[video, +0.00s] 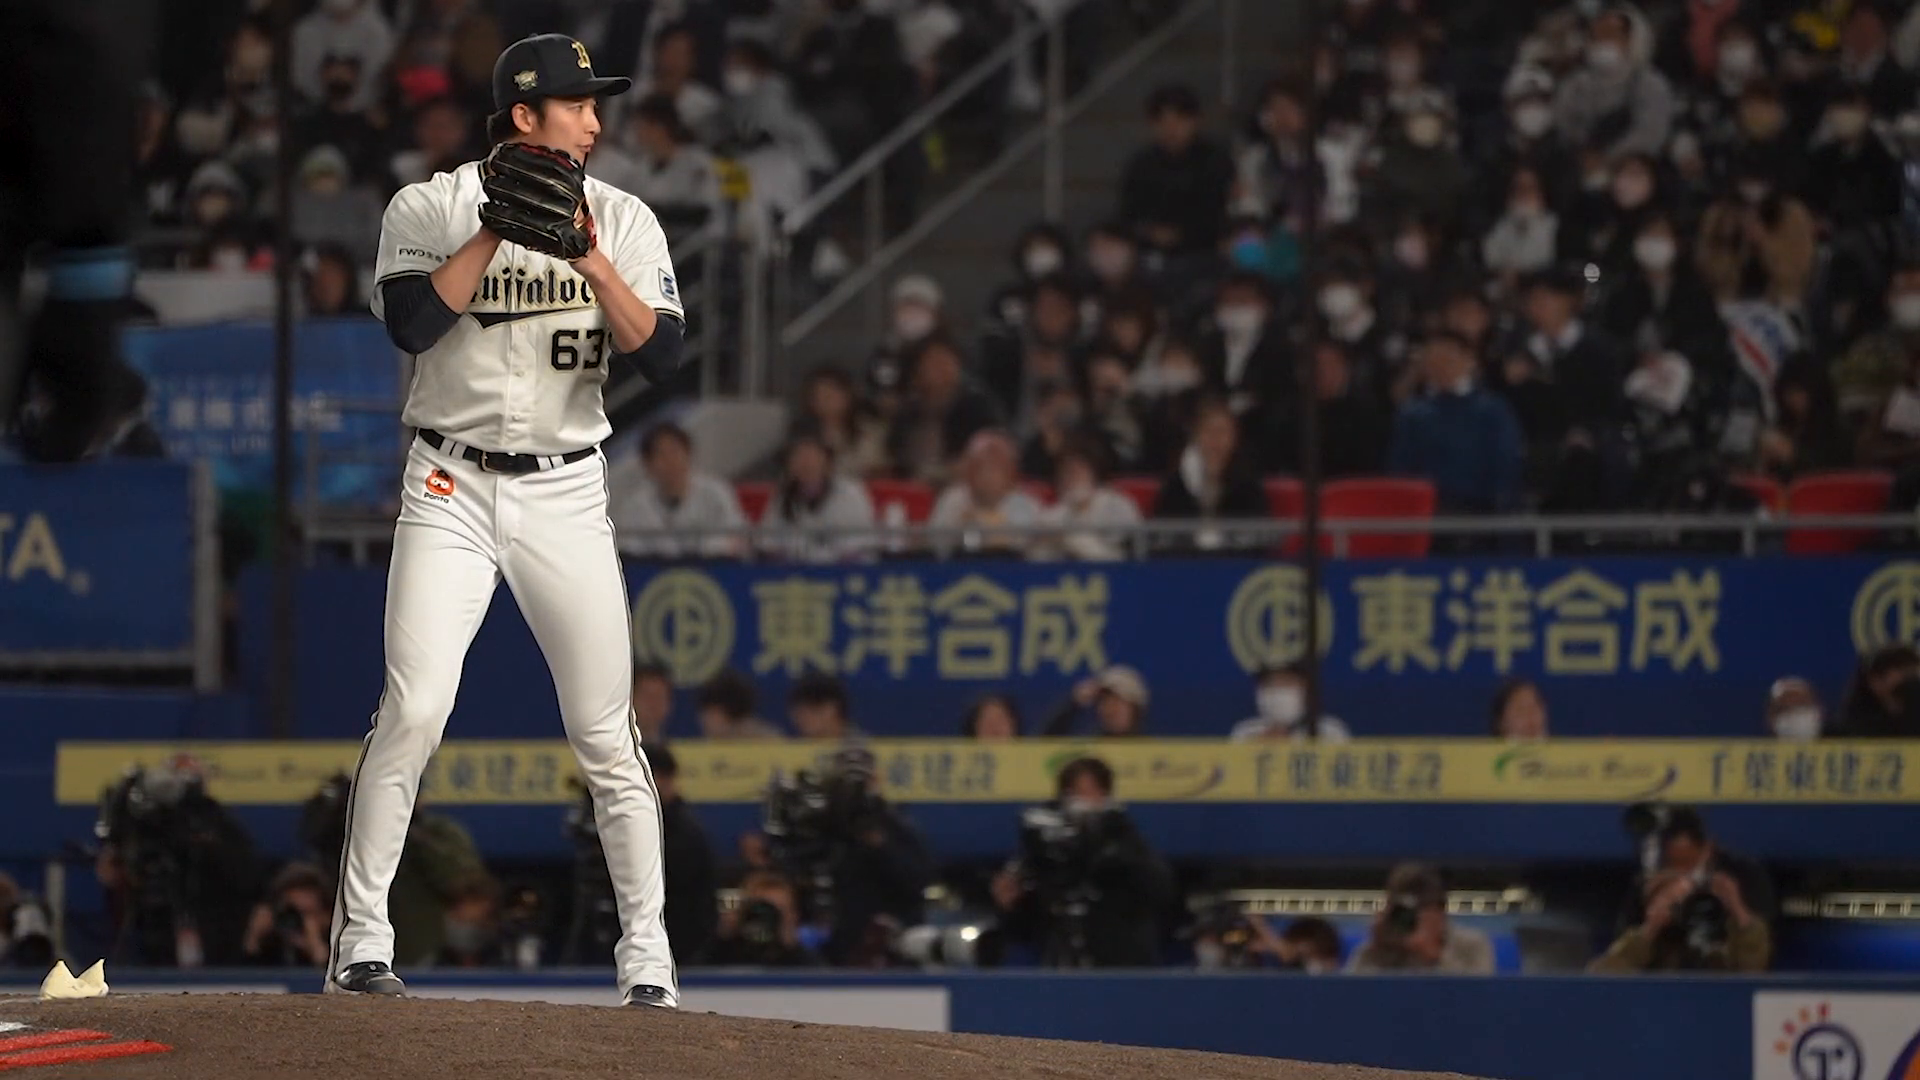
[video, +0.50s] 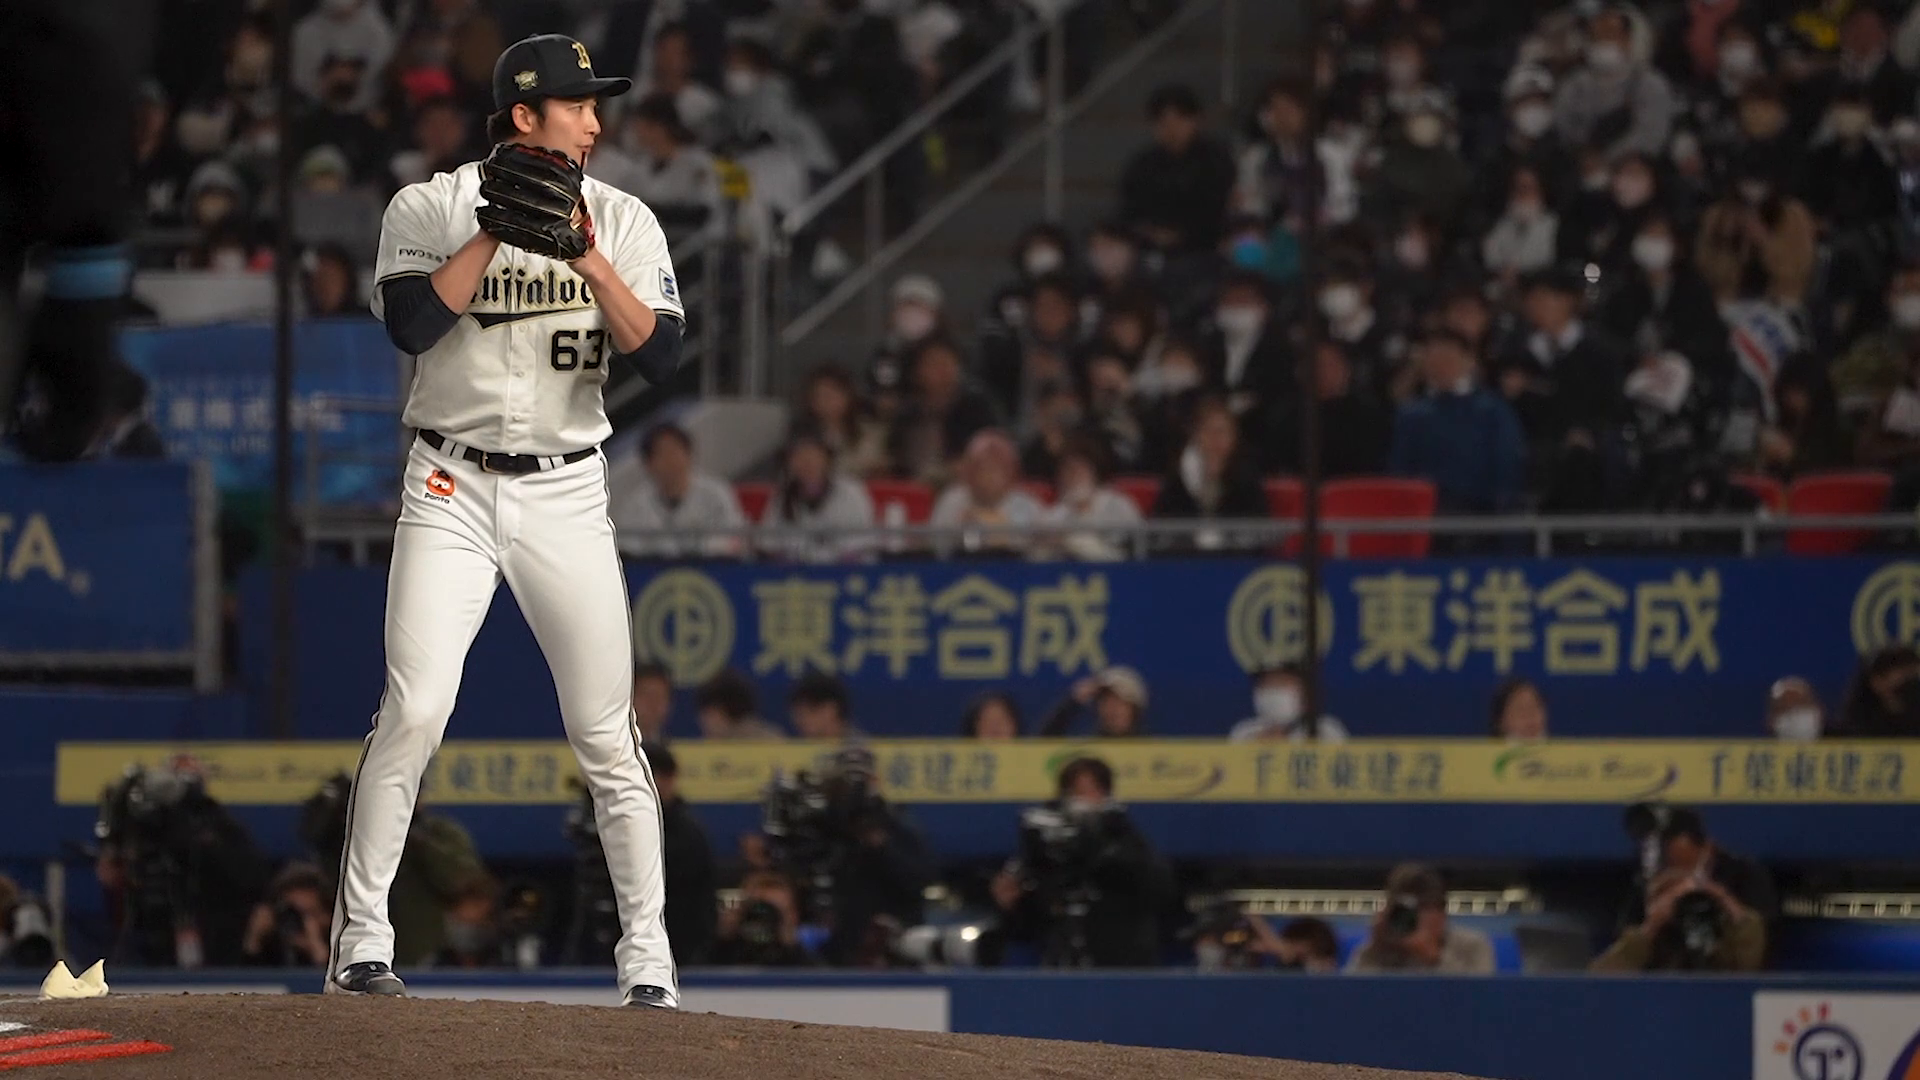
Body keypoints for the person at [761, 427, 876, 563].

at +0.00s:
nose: (807, 472)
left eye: (813, 465)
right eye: (801, 465)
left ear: (827, 466)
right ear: (791, 468)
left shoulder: (850, 495)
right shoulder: (782, 499)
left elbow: (864, 543)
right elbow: (765, 542)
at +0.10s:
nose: (808, 470)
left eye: (813, 463)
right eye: (801, 463)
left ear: (827, 464)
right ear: (791, 467)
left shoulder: (851, 494)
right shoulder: (781, 499)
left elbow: (866, 541)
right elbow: (766, 542)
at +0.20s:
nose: (808, 470)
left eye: (813, 463)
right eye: (802, 464)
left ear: (826, 465)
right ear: (791, 468)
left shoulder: (850, 494)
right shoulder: (782, 499)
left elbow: (866, 541)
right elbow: (765, 541)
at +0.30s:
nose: (808, 471)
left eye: (814, 464)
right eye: (802, 464)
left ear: (827, 465)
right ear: (791, 468)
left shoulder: (851, 494)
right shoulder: (781, 499)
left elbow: (866, 541)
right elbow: (765, 542)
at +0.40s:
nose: (808, 471)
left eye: (813, 463)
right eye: (801, 464)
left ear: (827, 465)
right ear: (790, 469)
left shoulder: (851, 495)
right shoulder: (781, 500)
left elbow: (867, 543)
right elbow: (765, 543)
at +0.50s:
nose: (808, 470)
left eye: (814, 462)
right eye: (802, 463)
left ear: (827, 465)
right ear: (790, 468)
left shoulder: (852, 495)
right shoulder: (781, 500)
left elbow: (867, 543)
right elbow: (765, 542)